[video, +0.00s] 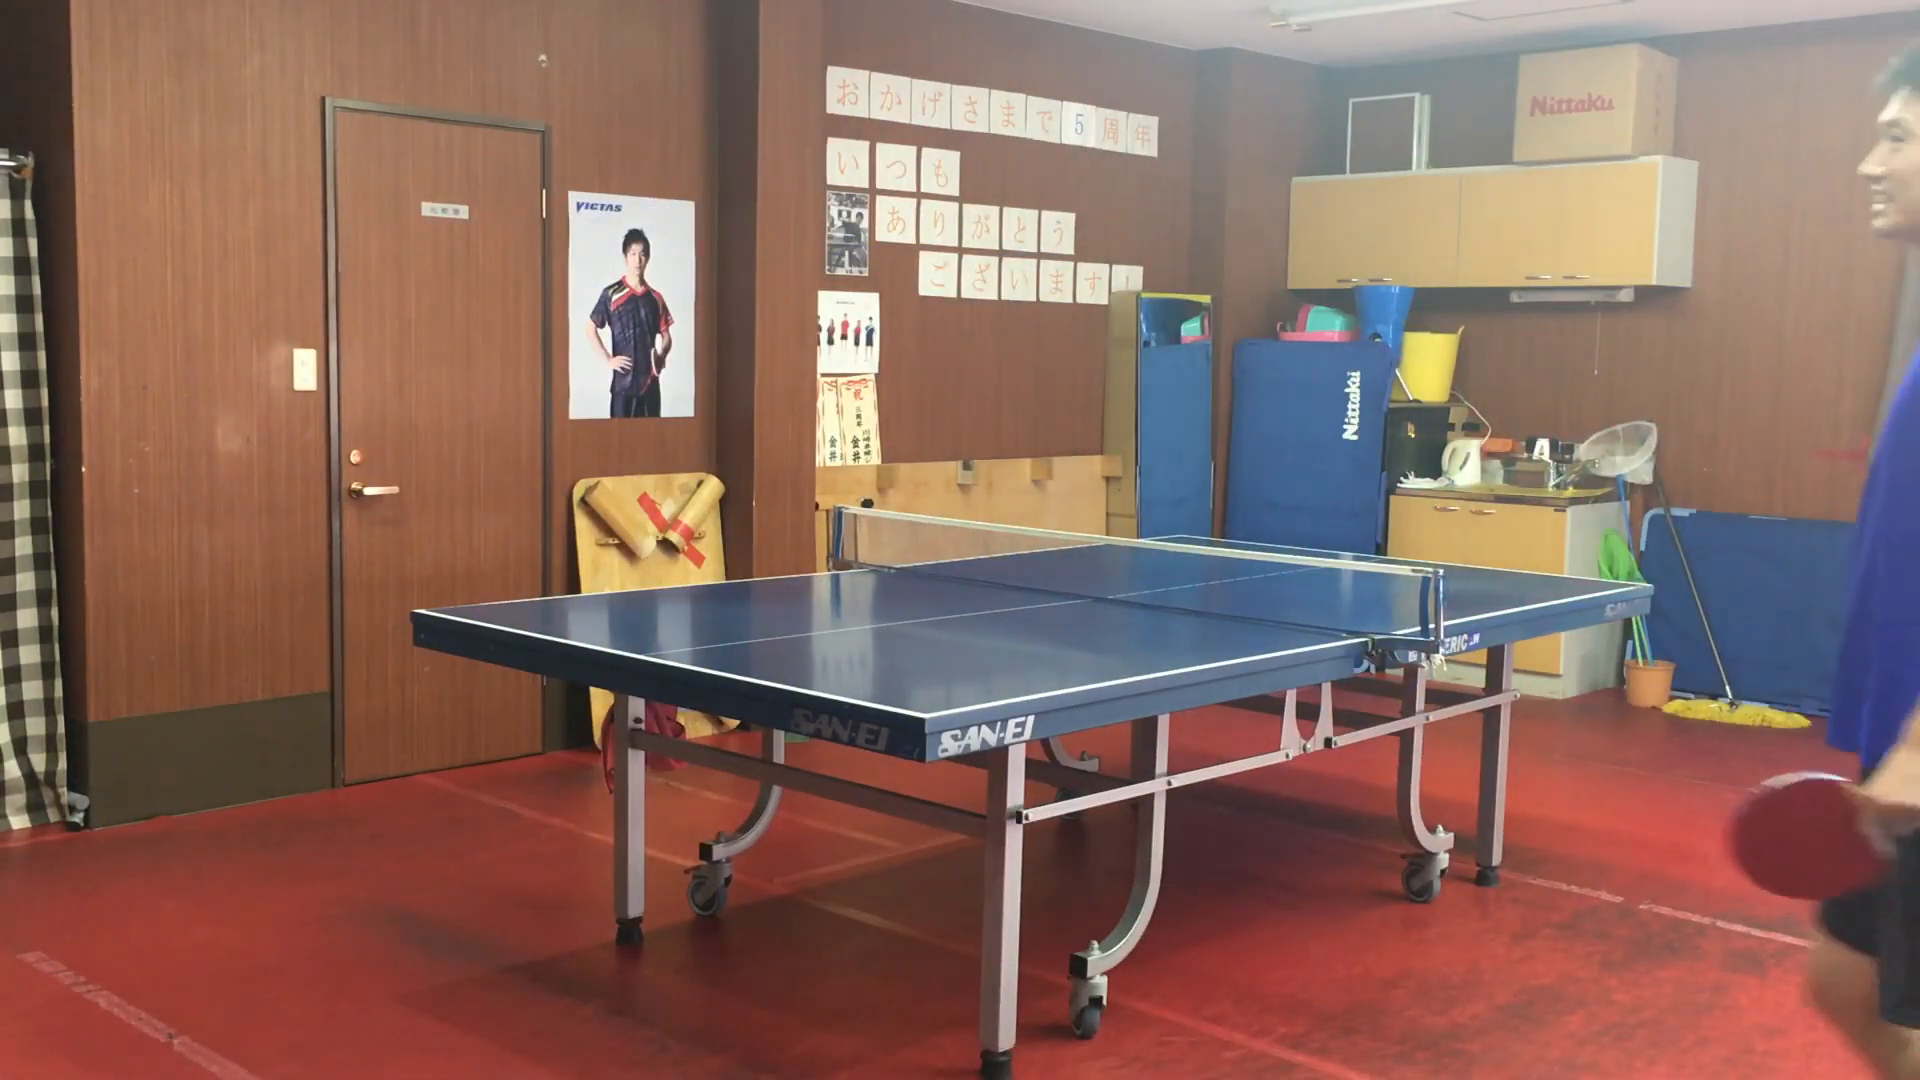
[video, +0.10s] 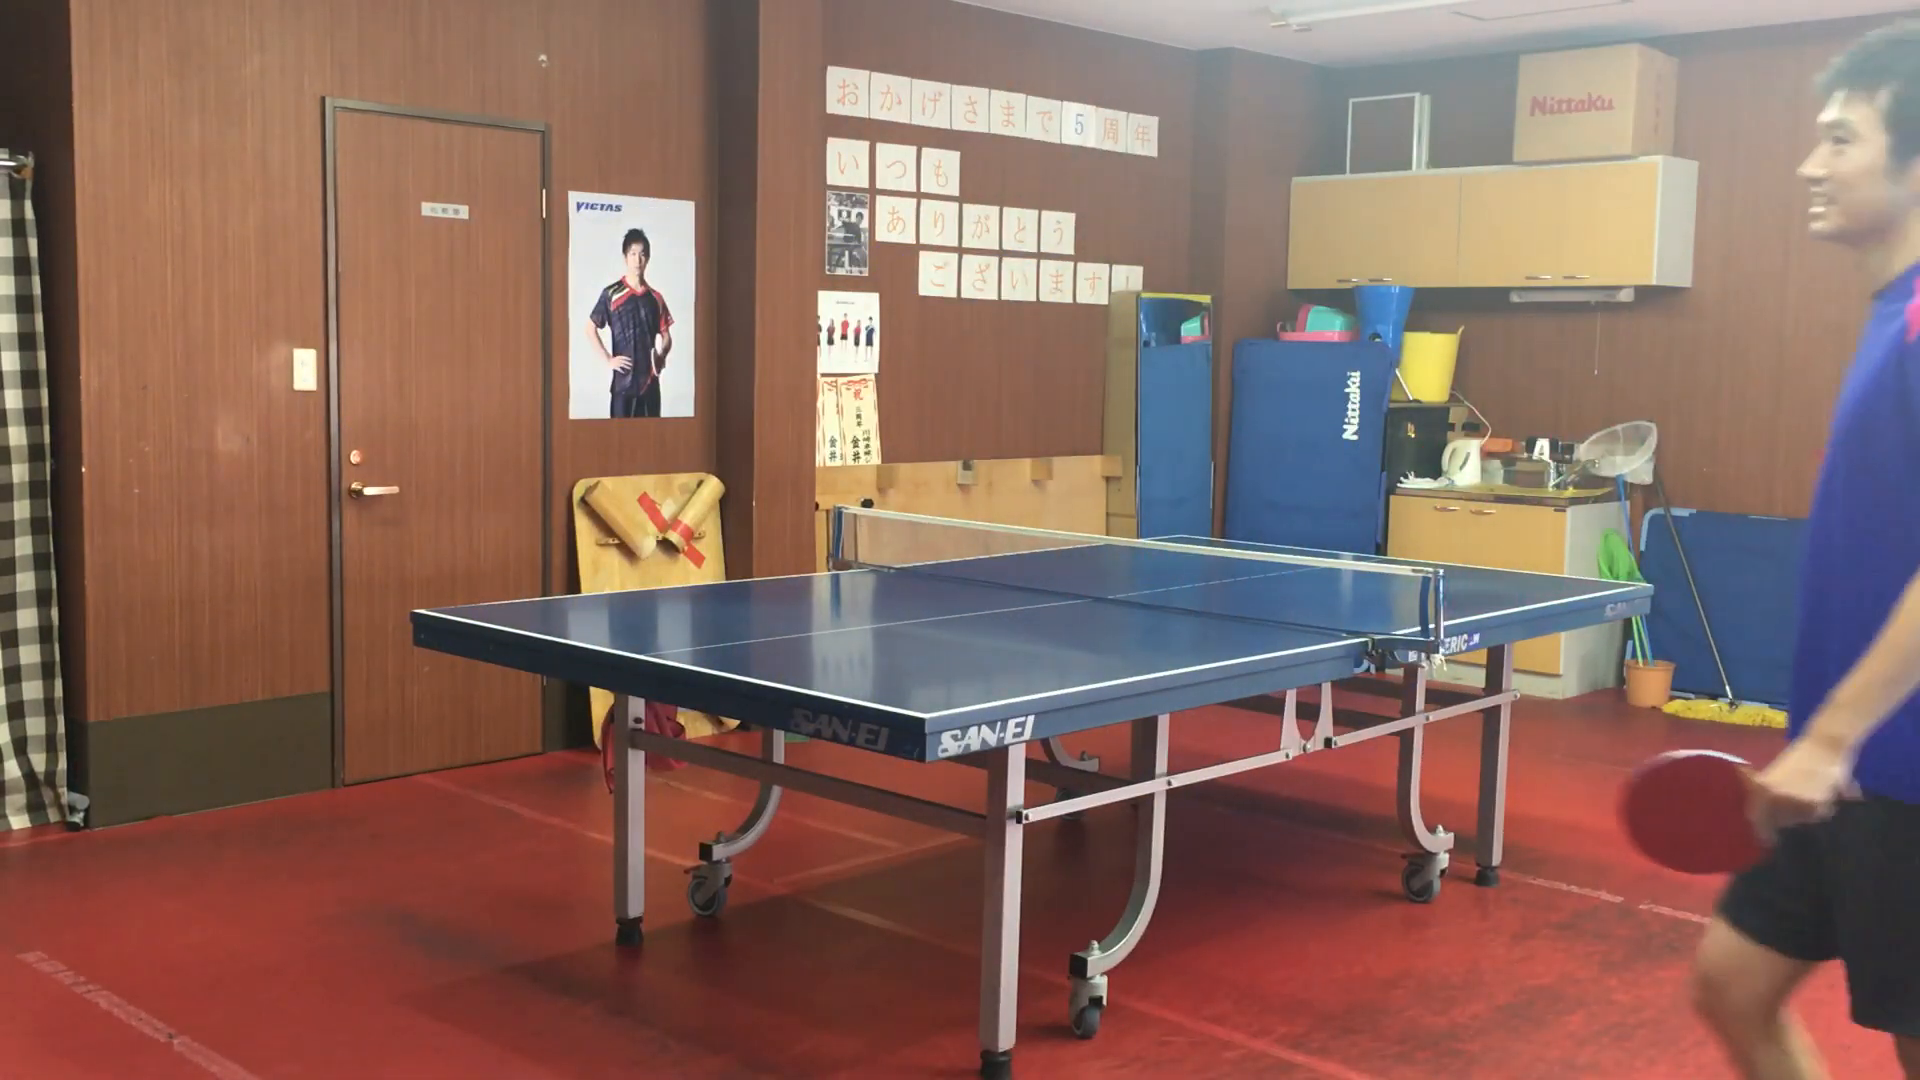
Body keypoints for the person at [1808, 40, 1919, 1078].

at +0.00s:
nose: (1871, 162)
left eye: (1897, 134)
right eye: (1880, 134)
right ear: (1888, 150)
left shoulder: (1912, 367)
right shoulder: (1907, 362)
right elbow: (1895, 555)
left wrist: (1910, 751)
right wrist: (1872, 739)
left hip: (1909, 759)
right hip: (1892, 745)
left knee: (1898, 1033)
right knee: (1842, 981)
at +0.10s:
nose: (1810, 167)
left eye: (1841, 140)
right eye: (1817, 140)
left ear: (1917, 162)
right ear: (1890, 164)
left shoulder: (1912, 328)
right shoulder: (1891, 320)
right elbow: (1885, 553)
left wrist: (1831, 739)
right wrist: (1815, 748)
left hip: (1905, 788)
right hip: (1851, 773)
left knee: (1914, 1047)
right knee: (1731, 987)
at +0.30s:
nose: (1665, 174)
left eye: (1698, 149)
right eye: (1670, 147)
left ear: (1790, 185)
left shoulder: (1821, 325)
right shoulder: (1728, 329)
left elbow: (1820, 571)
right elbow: (1734, 558)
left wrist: (1673, 751)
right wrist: (1671, 759)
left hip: (1824, 797)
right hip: (1710, 784)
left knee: (1875, 1060)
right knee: (1604, 1035)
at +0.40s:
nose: (1585, 173)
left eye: (1618, 148)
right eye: (1589, 148)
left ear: (1709, 182)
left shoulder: (1740, 323)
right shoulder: (1632, 334)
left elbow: (1757, 568)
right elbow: (1629, 566)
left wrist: (1636, 764)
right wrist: (1581, 761)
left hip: (1720, 787)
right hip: (1603, 770)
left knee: (1762, 1059)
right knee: (1540, 1040)